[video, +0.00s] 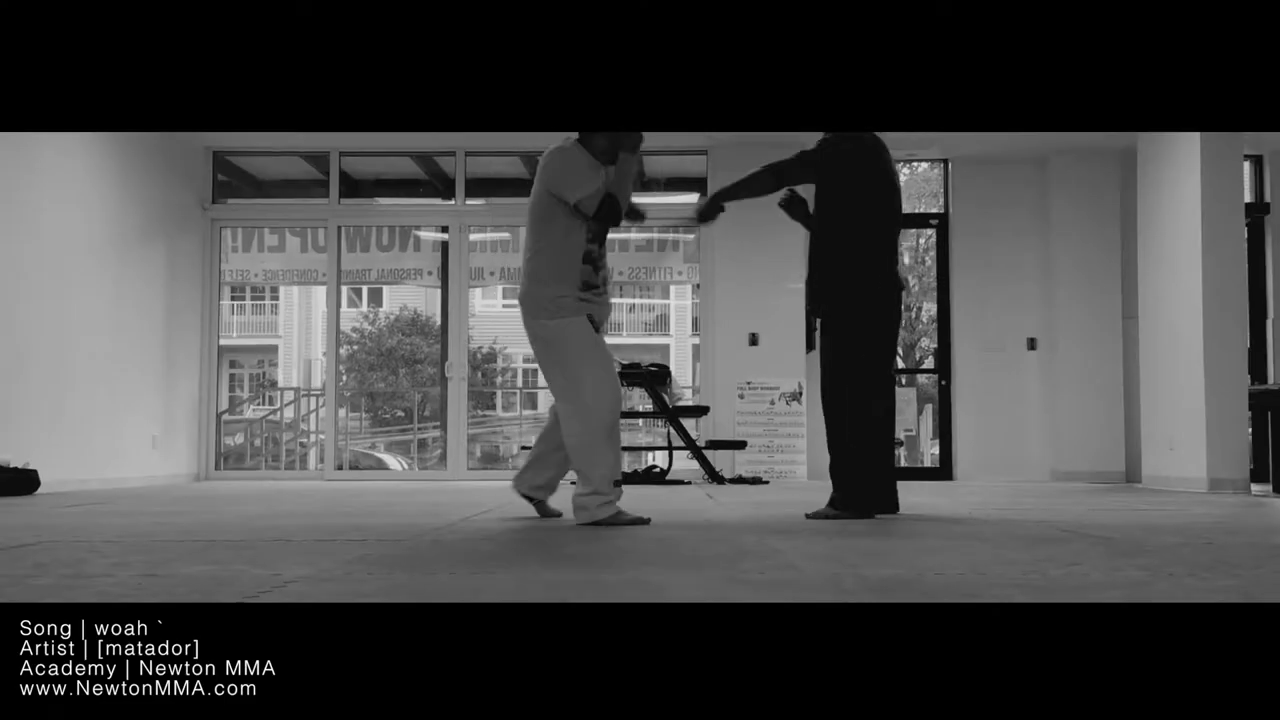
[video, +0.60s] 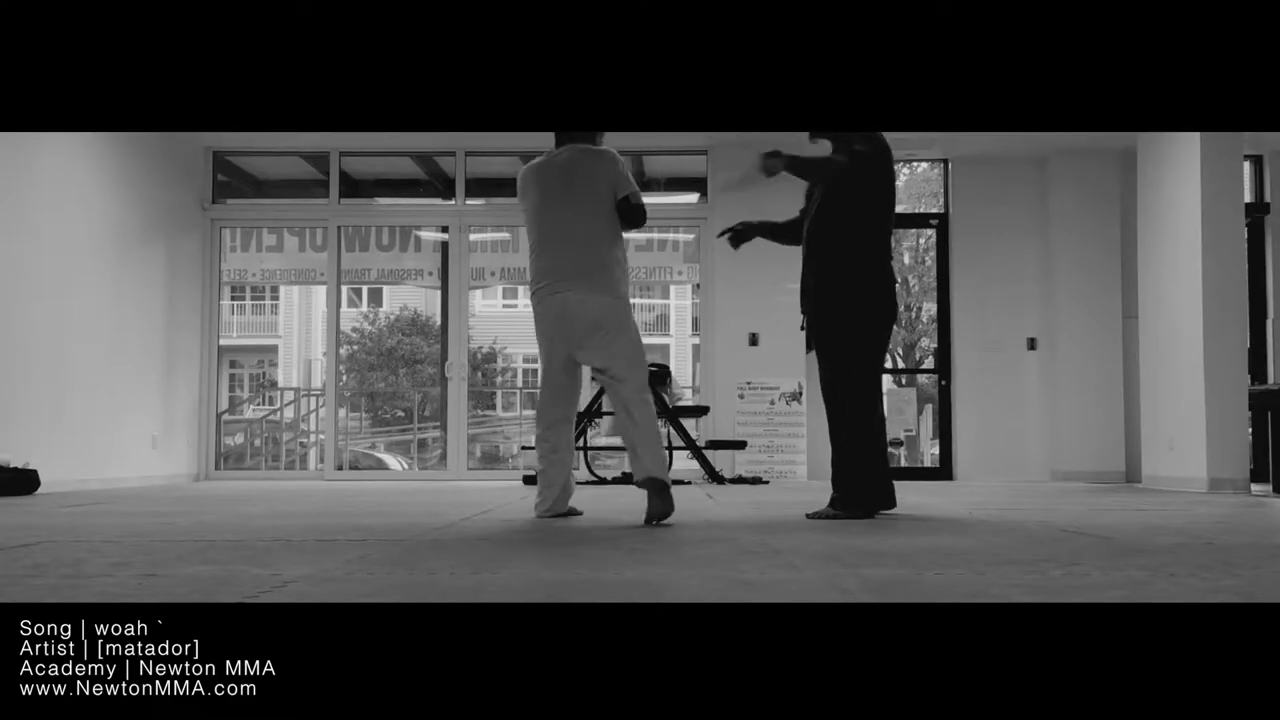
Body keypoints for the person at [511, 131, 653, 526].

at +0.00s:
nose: (624, 153)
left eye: (626, 147)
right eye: (622, 145)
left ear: (600, 136)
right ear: (602, 136)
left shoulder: (590, 167)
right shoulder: (563, 159)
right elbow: (610, 212)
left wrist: (627, 209)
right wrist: (628, 159)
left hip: (578, 306)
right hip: (554, 305)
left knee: (584, 396)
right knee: (597, 392)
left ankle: (534, 482)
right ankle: (596, 504)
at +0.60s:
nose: (602, 143)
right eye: (602, 138)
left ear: (556, 138)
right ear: (596, 136)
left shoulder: (528, 174)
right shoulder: (606, 159)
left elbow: (541, 219)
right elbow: (635, 215)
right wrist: (591, 211)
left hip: (549, 294)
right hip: (600, 292)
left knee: (557, 396)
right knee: (631, 389)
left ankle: (552, 499)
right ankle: (656, 484)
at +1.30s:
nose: (634, 146)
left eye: (633, 140)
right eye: (630, 138)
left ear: (593, 135)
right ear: (614, 136)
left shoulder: (570, 167)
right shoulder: (603, 161)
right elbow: (642, 218)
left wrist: (633, 180)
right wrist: (656, 186)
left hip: (555, 305)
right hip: (587, 306)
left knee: (573, 405)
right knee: (616, 402)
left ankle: (556, 501)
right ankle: (603, 501)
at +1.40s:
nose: (638, 145)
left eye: (638, 139)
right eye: (636, 137)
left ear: (599, 133)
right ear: (619, 134)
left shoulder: (578, 163)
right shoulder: (605, 158)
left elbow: (620, 219)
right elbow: (636, 220)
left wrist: (638, 188)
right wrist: (650, 190)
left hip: (559, 306)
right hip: (585, 306)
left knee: (577, 404)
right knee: (613, 403)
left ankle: (552, 497)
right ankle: (603, 504)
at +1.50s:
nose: (649, 147)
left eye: (648, 139)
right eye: (644, 138)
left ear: (612, 139)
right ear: (625, 138)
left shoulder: (596, 167)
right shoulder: (602, 165)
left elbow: (621, 234)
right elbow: (622, 235)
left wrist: (646, 194)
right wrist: (648, 194)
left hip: (576, 303)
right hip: (577, 304)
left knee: (589, 397)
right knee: (612, 397)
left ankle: (541, 483)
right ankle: (604, 505)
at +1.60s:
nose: (654, 155)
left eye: (655, 147)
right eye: (651, 146)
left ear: (627, 144)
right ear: (629, 142)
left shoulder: (623, 188)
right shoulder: (590, 174)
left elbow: (629, 246)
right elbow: (606, 245)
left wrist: (665, 217)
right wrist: (639, 206)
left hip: (591, 310)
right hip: (569, 308)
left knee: (592, 396)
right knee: (610, 398)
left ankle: (545, 479)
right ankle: (605, 505)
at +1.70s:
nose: (651, 152)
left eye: (652, 144)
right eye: (647, 143)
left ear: (626, 143)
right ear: (626, 141)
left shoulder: (626, 185)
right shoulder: (584, 172)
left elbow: (639, 241)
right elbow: (595, 243)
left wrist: (665, 195)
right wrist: (637, 204)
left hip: (594, 308)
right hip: (569, 306)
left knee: (599, 399)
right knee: (613, 397)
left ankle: (542, 483)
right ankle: (604, 506)